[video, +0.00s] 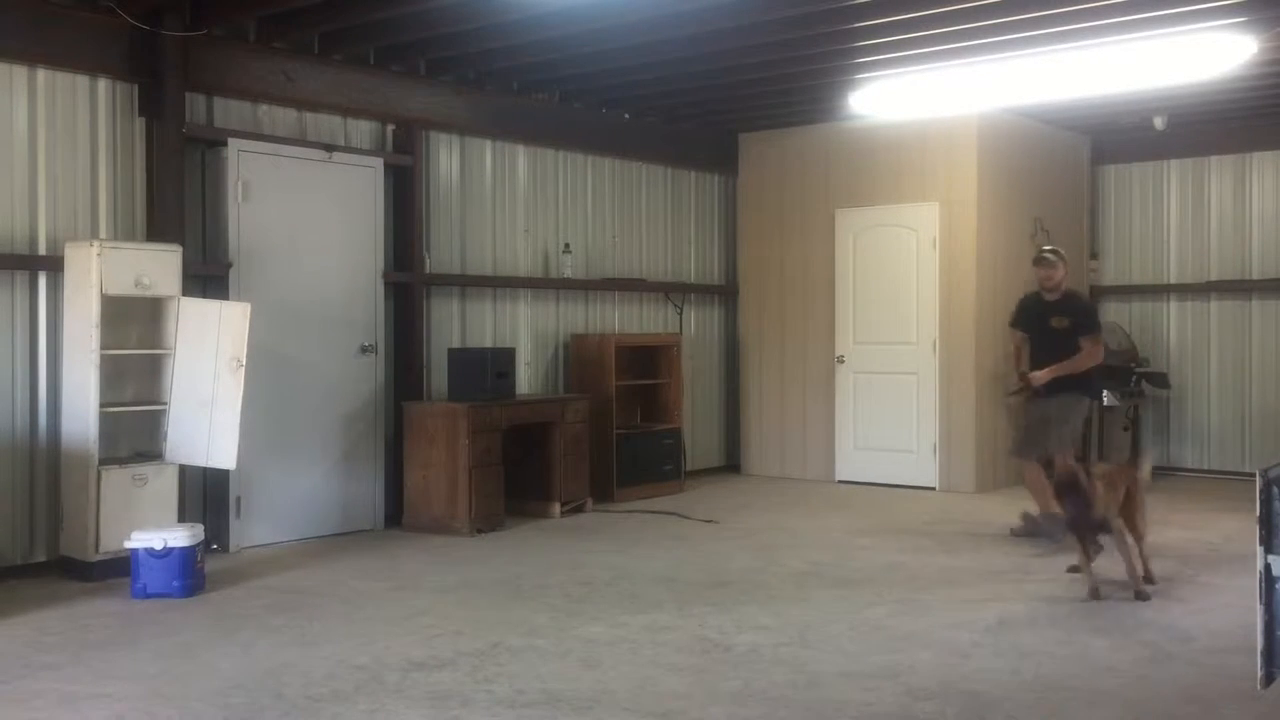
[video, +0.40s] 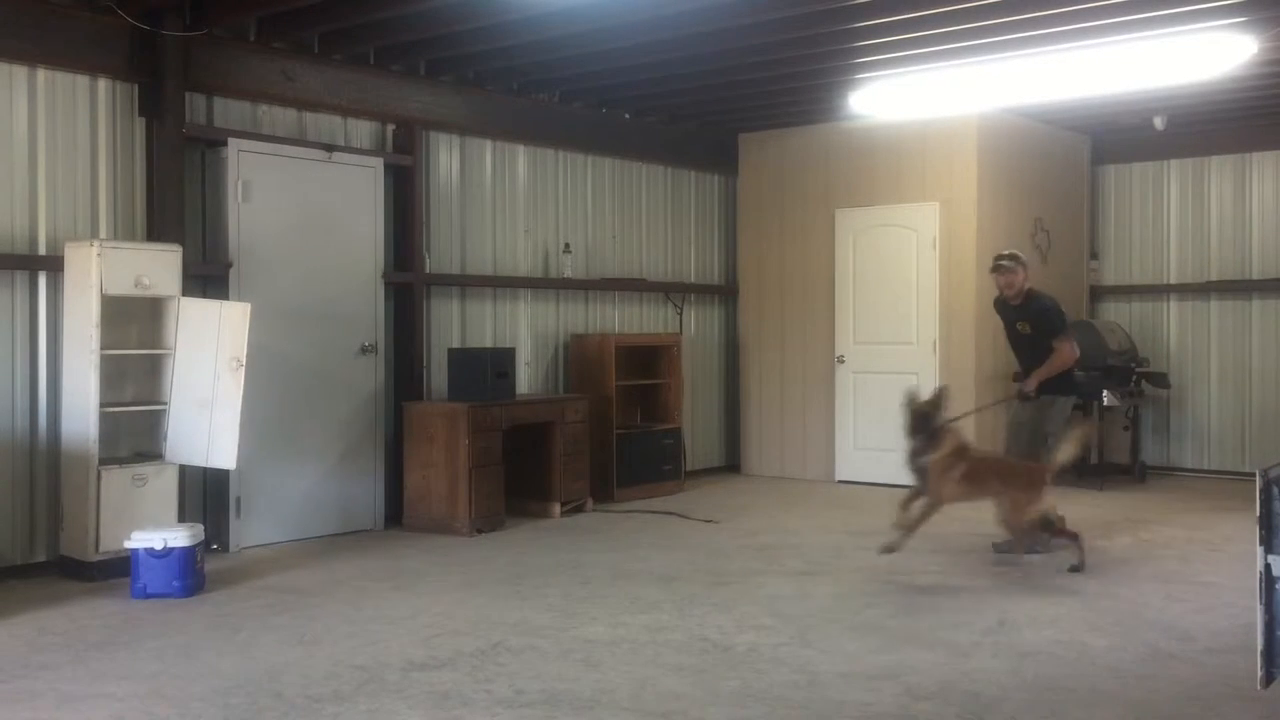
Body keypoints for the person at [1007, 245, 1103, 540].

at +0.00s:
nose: (1047, 275)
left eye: (1053, 269)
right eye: (1041, 269)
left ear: (1064, 271)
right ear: (1035, 273)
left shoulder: (1080, 305)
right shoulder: (1029, 304)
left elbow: (1095, 353)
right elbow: (1019, 342)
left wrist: (1049, 373)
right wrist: (1022, 374)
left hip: (1074, 392)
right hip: (1041, 391)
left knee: (1062, 454)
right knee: (1028, 456)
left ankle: (1075, 517)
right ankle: (1049, 517)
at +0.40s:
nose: (1005, 279)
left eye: (1011, 273)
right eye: (999, 274)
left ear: (1025, 275)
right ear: (994, 279)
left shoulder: (1045, 307)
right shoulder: (1001, 307)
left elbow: (1069, 353)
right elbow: (1028, 342)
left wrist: (1035, 378)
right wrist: (1027, 372)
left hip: (1057, 393)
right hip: (1030, 392)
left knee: (1039, 461)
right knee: (1014, 458)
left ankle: (1046, 529)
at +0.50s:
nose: (995, 280)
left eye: (1001, 272)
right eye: (990, 274)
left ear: (1016, 275)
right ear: (985, 279)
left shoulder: (1038, 304)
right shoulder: (998, 308)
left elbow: (1070, 344)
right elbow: (1028, 342)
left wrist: (1028, 368)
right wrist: (1026, 375)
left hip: (1056, 388)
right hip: (1031, 388)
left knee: (1030, 455)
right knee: (1021, 455)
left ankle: (1036, 531)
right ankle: (1050, 518)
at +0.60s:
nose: (991, 279)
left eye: (997, 272)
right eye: (986, 274)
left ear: (1012, 273)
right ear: (982, 279)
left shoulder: (1034, 303)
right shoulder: (996, 307)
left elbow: (1054, 347)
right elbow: (1023, 342)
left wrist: (1018, 373)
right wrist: (1024, 380)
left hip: (1055, 387)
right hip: (1032, 387)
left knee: (1027, 455)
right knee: (1010, 452)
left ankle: (1037, 532)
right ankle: (1047, 512)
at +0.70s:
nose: (986, 277)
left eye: (992, 270)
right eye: (981, 272)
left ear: (1008, 272)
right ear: (978, 277)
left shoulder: (1025, 302)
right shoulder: (994, 305)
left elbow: (1032, 355)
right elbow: (1019, 346)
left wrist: (990, 378)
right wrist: (1012, 375)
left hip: (1051, 387)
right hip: (1026, 386)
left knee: (1024, 455)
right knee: (996, 449)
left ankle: (1037, 533)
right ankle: (1038, 509)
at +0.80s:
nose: (978, 274)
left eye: (984, 268)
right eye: (973, 269)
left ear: (1000, 270)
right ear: (969, 275)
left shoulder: (1014, 299)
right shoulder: (988, 303)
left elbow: (1013, 355)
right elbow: (1010, 349)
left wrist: (974, 386)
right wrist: (1000, 375)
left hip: (1043, 387)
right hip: (1019, 386)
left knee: (1016, 457)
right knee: (989, 446)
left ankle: (1037, 533)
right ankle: (1013, 517)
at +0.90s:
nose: (964, 274)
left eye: (971, 268)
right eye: (960, 269)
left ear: (986, 270)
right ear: (958, 275)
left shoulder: (1000, 299)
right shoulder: (979, 302)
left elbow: (1002, 354)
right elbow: (999, 351)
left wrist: (965, 387)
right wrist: (982, 380)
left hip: (1031, 388)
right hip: (1010, 388)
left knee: (1006, 458)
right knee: (983, 450)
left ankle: (1034, 530)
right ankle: (981, 523)